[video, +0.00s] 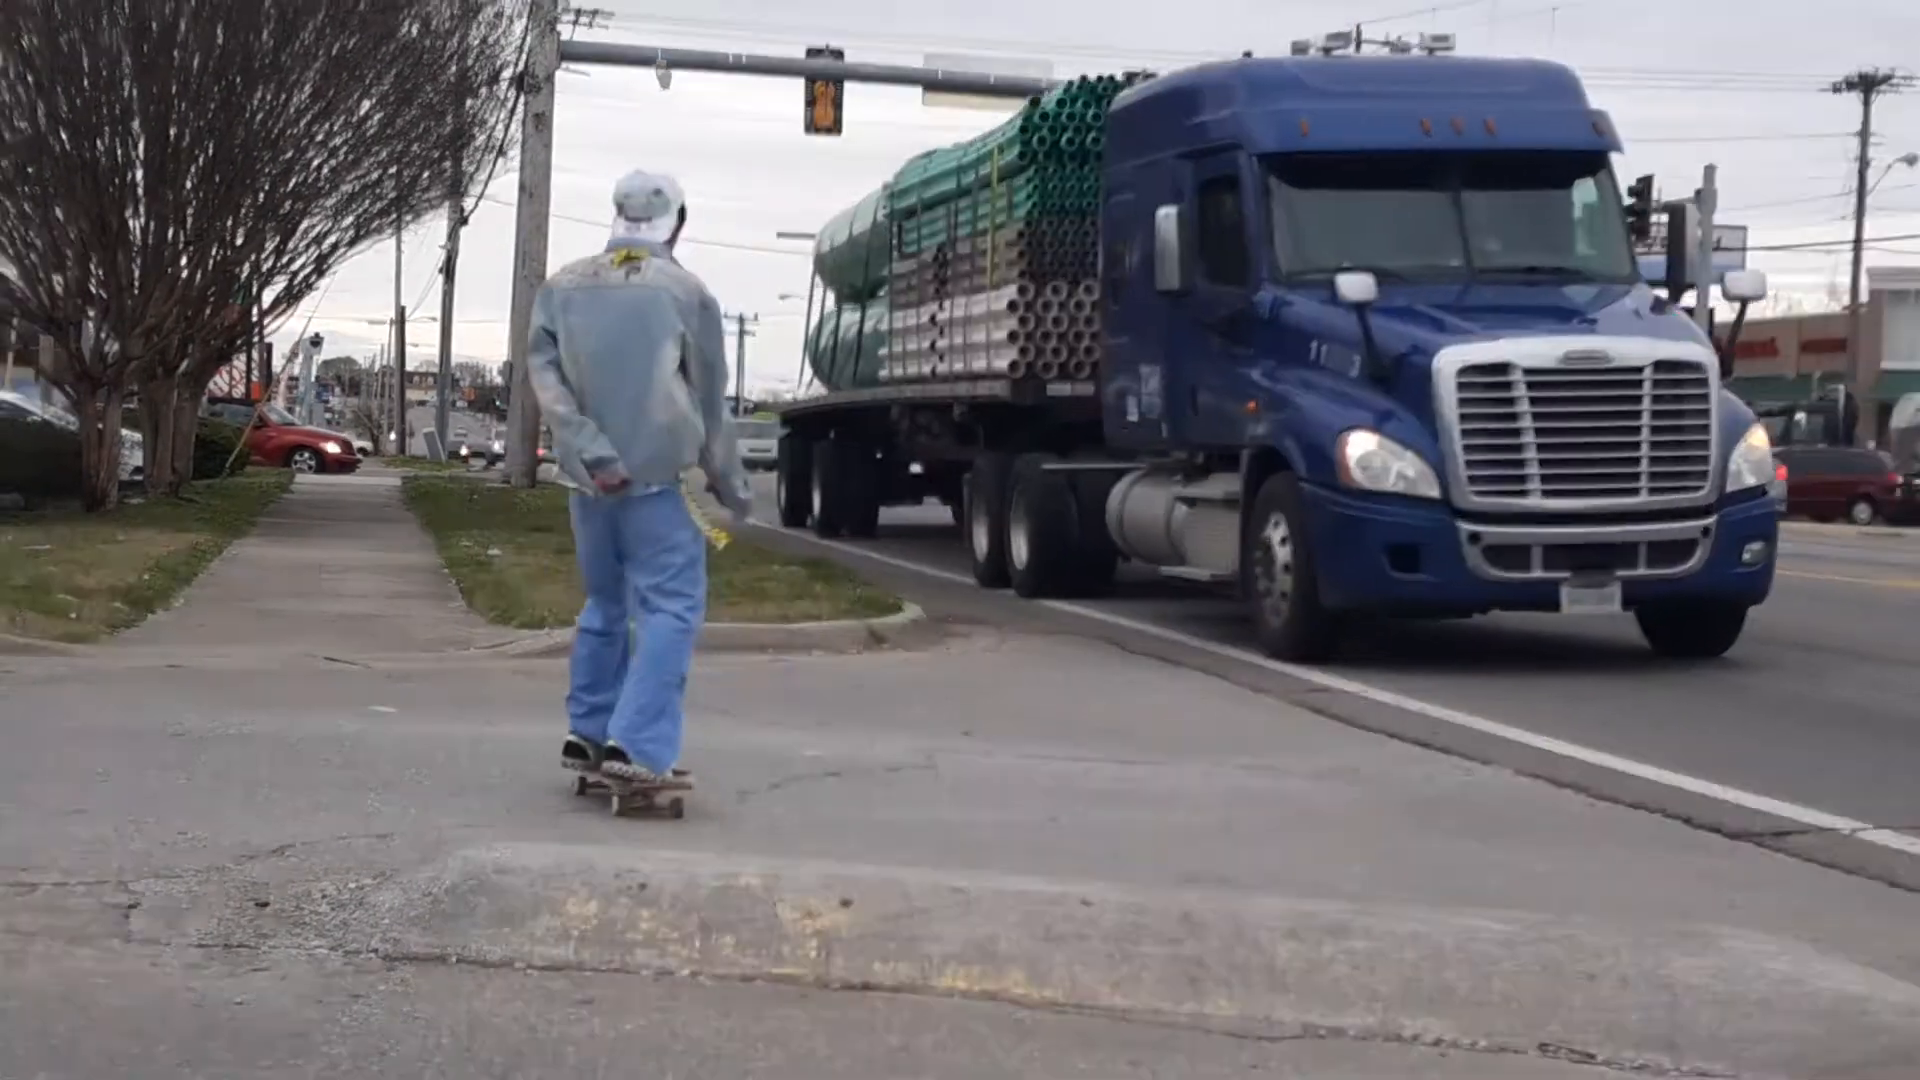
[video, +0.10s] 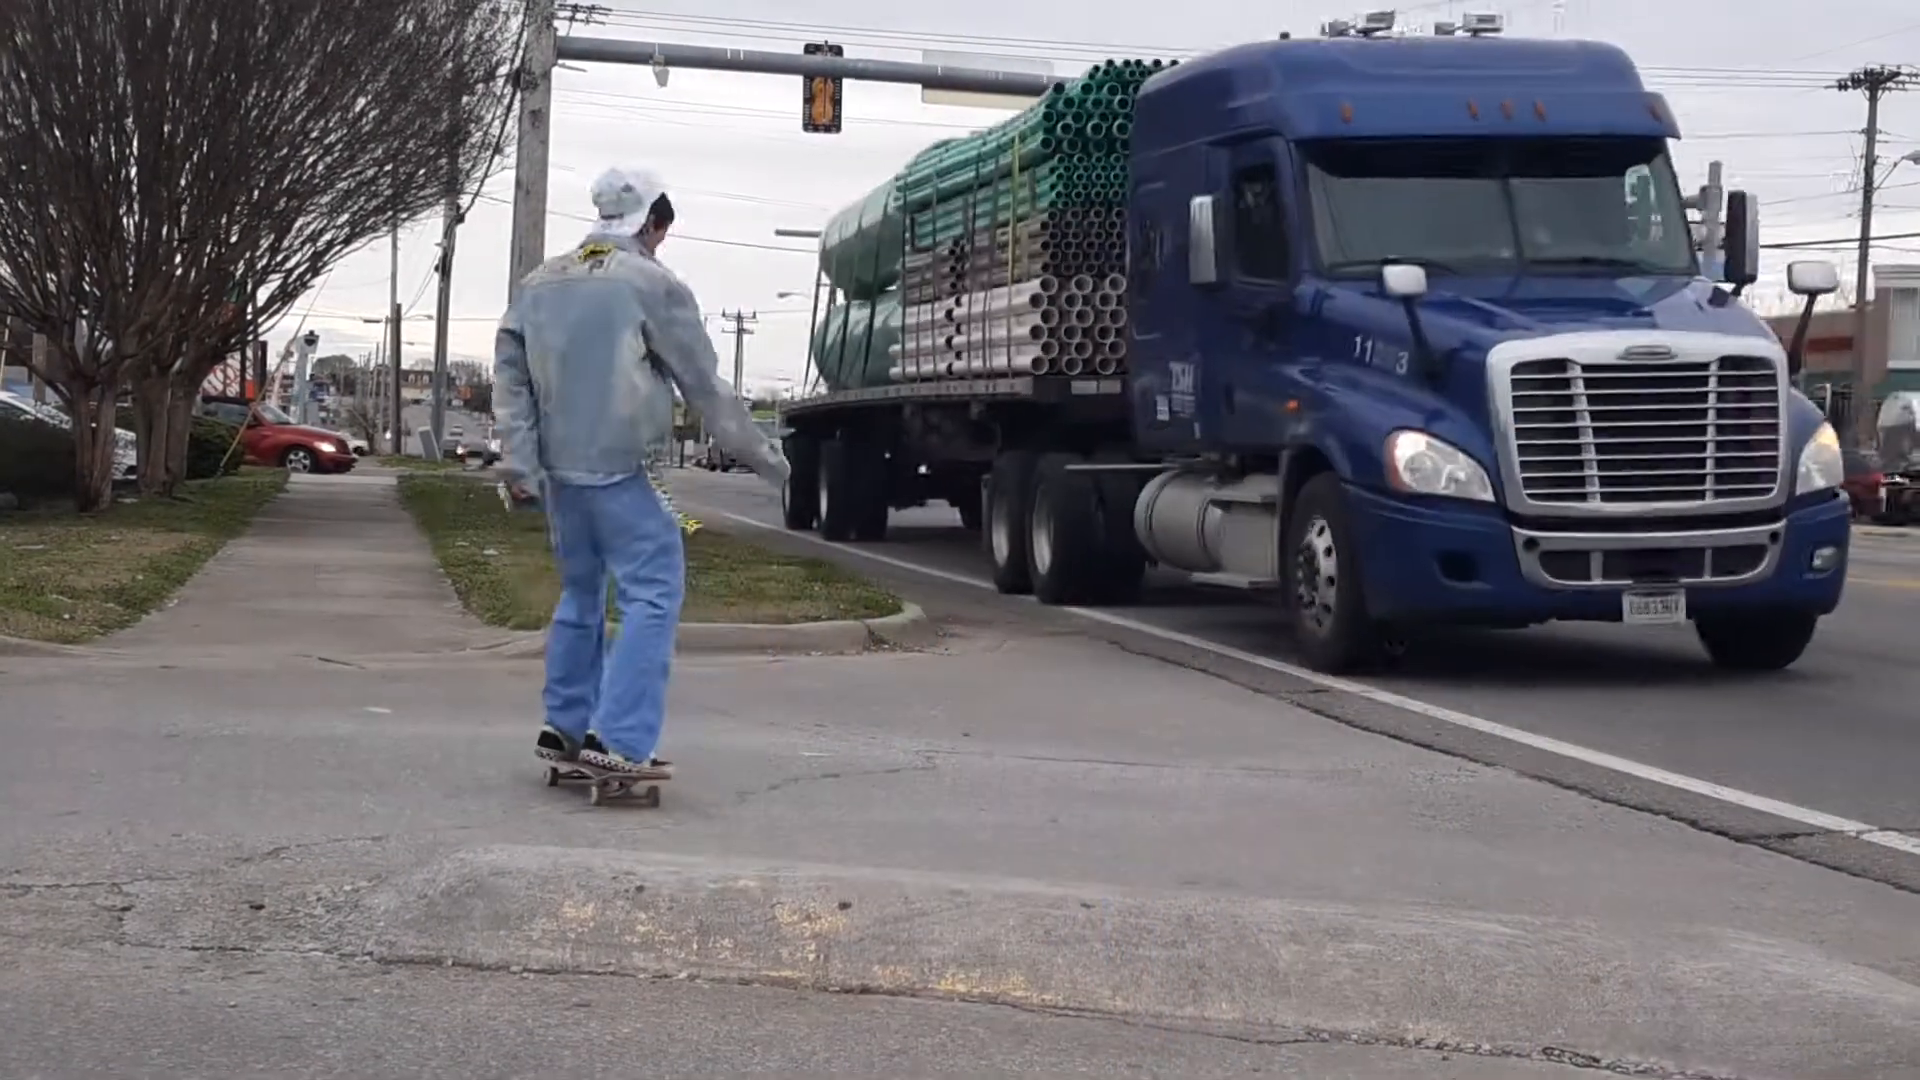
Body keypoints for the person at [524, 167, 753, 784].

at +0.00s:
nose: (673, 232)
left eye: (665, 221)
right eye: (675, 223)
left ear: (616, 218)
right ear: (673, 225)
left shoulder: (561, 285)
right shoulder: (686, 292)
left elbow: (545, 379)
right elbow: (711, 401)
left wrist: (591, 451)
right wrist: (729, 485)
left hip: (587, 479)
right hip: (655, 478)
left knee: (603, 603)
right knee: (671, 607)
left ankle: (588, 732)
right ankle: (636, 750)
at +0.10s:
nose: (662, 243)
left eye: (663, 232)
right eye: (663, 232)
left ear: (602, 219)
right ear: (650, 225)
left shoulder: (539, 283)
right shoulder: (652, 285)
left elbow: (509, 381)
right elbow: (707, 390)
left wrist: (519, 462)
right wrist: (766, 456)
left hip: (558, 467)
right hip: (620, 469)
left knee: (580, 591)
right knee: (652, 592)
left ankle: (565, 724)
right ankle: (621, 743)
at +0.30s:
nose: (633, 252)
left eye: (637, 240)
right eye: (630, 237)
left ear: (588, 228)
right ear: (599, 225)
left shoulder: (513, 286)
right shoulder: (594, 286)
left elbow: (475, 384)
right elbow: (655, 365)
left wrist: (449, 460)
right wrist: (736, 407)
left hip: (526, 465)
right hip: (581, 462)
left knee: (545, 581)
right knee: (605, 584)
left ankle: (518, 704)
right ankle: (568, 724)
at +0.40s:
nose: (612, 252)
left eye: (616, 241)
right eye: (610, 238)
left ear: (578, 228)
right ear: (578, 225)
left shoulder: (509, 280)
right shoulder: (564, 285)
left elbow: (475, 374)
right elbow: (604, 378)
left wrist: (468, 444)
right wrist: (672, 417)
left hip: (510, 457)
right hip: (556, 455)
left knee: (531, 573)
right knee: (585, 576)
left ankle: (497, 694)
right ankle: (544, 714)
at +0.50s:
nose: (592, 250)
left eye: (596, 238)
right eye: (587, 235)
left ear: (552, 230)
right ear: (554, 226)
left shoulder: (505, 281)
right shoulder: (542, 288)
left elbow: (487, 378)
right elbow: (548, 389)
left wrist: (485, 450)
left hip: (498, 454)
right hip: (531, 455)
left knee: (516, 567)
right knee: (563, 571)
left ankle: (479, 686)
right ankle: (522, 703)